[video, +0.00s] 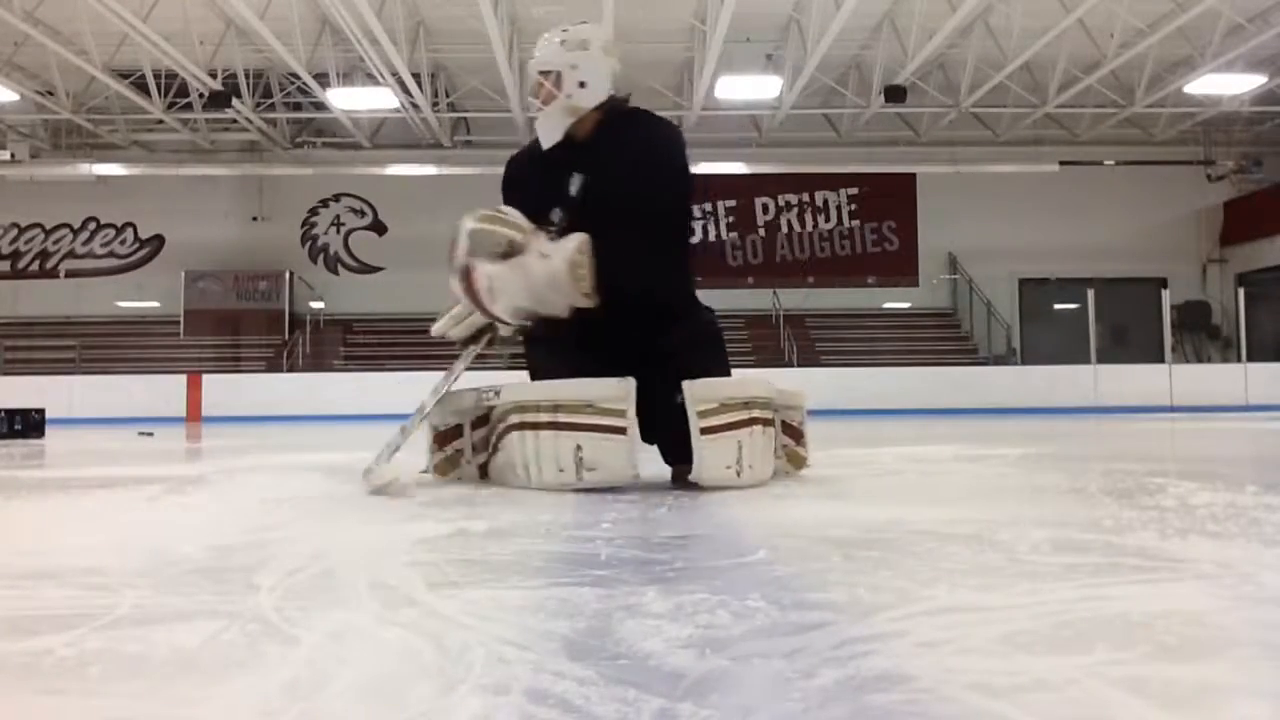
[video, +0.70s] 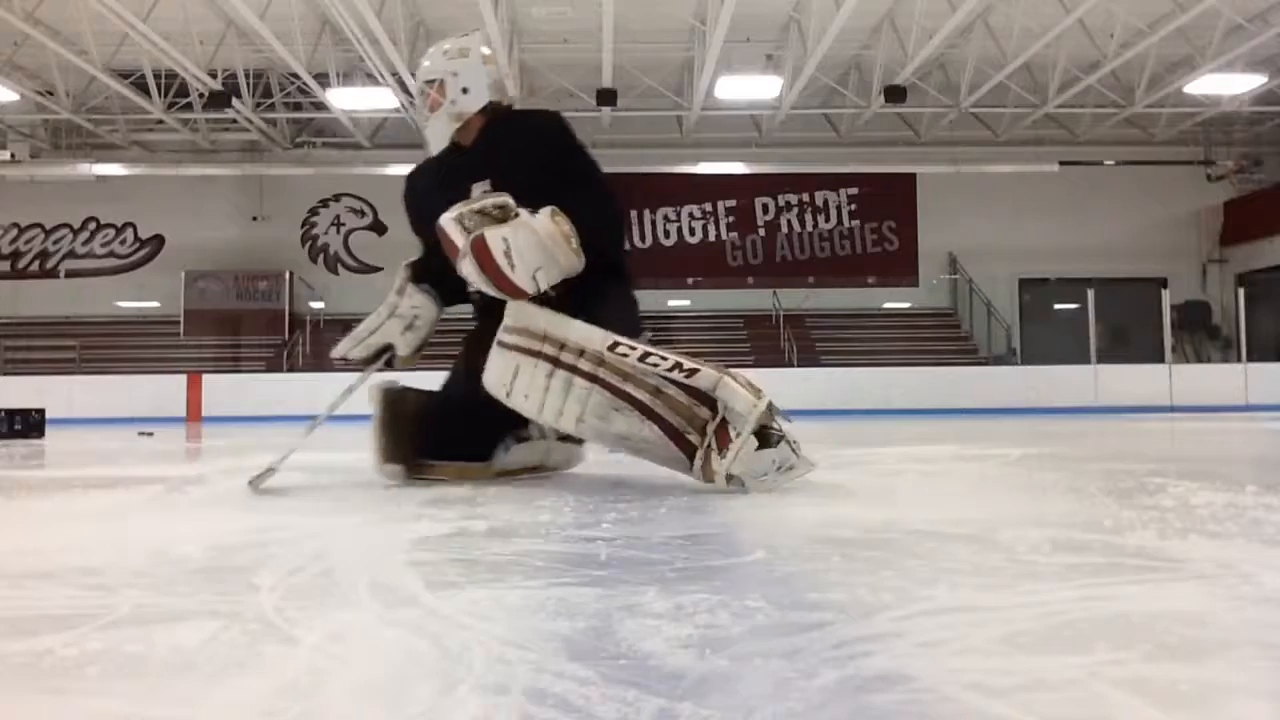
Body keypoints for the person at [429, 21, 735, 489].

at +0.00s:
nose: (537, 92)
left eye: (551, 78)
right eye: (538, 79)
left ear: (587, 82)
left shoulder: (651, 140)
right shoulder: (527, 166)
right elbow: (518, 259)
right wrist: (496, 292)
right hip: (569, 345)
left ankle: (693, 454)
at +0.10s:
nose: (515, 89)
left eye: (524, 76)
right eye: (513, 78)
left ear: (559, 73)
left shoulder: (618, 133)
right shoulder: (521, 166)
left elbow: (631, 241)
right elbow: (520, 253)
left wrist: (528, 266)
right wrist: (491, 296)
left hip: (652, 312)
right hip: (572, 318)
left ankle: (691, 451)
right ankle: (586, 455)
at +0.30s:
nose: (483, 86)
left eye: (493, 73)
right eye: (482, 75)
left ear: (526, 74)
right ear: (491, 82)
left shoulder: (598, 125)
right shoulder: (486, 167)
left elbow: (625, 222)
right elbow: (485, 264)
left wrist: (530, 256)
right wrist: (467, 318)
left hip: (643, 305)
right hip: (563, 318)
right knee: (575, 454)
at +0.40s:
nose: (480, 87)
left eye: (490, 72)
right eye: (479, 75)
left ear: (525, 68)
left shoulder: (601, 119)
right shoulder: (480, 166)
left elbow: (656, 211)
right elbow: (487, 253)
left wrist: (581, 232)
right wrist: (463, 303)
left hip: (633, 300)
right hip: (545, 317)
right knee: (561, 452)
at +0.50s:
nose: (474, 83)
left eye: (482, 68)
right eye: (472, 72)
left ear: (515, 65)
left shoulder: (598, 113)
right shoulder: (474, 162)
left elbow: (653, 206)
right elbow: (487, 251)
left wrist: (572, 230)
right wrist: (464, 299)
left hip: (634, 291)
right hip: (542, 315)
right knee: (532, 436)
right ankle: (622, 434)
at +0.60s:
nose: (457, 90)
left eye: (463, 77)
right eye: (455, 80)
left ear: (493, 75)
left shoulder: (576, 121)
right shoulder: (458, 170)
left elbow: (631, 207)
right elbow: (475, 257)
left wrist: (545, 239)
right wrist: (448, 303)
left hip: (619, 289)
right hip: (530, 313)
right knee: (490, 427)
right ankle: (579, 430)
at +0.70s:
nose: (426, 102)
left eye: (436, 88)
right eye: (422, 92)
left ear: (471, 85)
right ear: (429, 98)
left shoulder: (537, 133)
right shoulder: (425, 184)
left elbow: (601, 216)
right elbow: (444, 262)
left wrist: (534, 245)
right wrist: (416, 302)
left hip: (590, 299)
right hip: (505, 322)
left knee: (617, 383)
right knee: (450, 435)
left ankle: (729, 434)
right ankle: (542, 434)